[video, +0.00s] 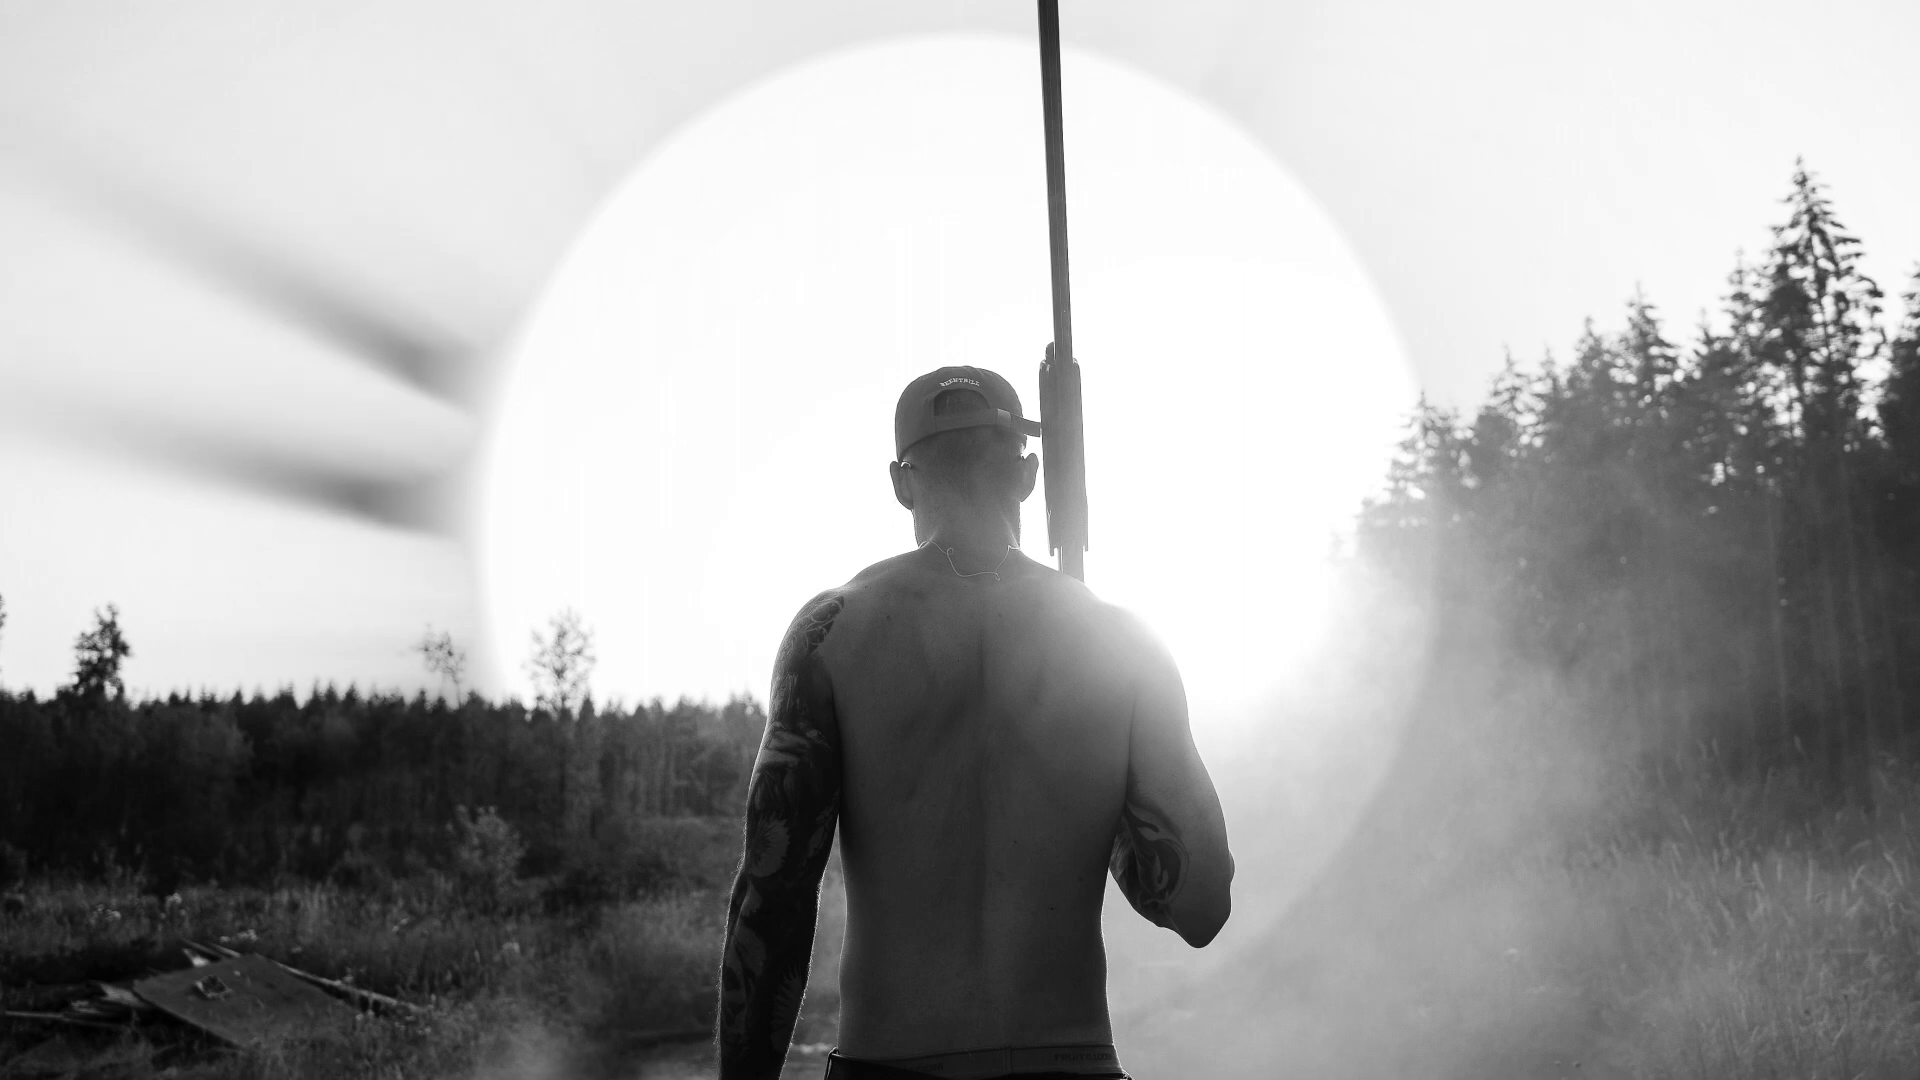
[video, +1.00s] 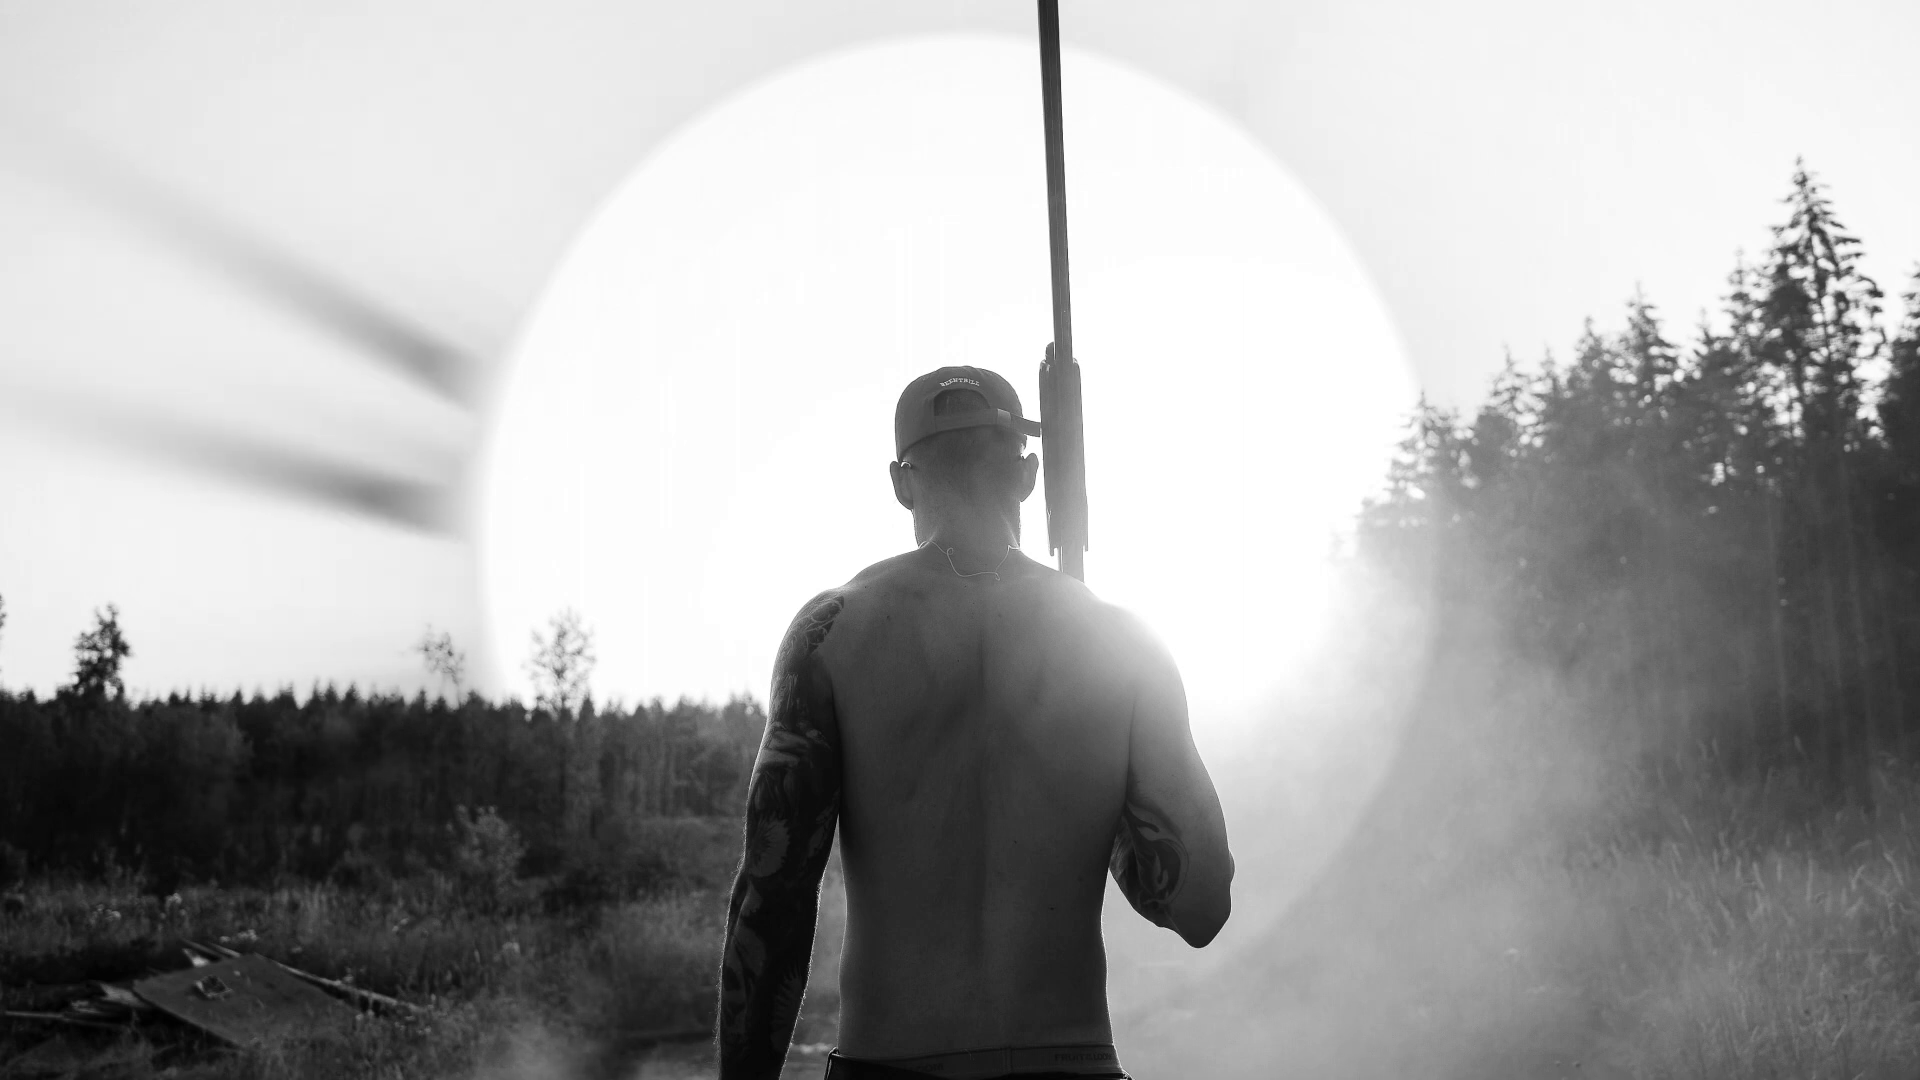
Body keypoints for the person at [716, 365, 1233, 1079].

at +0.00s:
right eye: (1015, 448)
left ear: (903, 486)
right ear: (1028, 477)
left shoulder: (831, 630)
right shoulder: (1121, 641)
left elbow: (773, 885)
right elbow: (1201, 905)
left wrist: (747, 1062)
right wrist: (1101, 800)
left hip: (886, 1046)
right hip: (1068, 1046)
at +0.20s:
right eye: (1015, 449)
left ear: (903, 486)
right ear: (1028, 477)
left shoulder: (831, 630)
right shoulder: (1121, 641)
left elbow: (773, 885)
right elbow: (1201, 905)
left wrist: (747, 1062)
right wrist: (1101, 800)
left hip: (886, 1046)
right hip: (1068, 1046)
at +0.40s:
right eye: (1015, 449)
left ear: (903, 486)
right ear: (1028, 477)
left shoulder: (831, 630)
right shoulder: (1121, 641)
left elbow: (773, 886)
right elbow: (1201, 905)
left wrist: (747, 1063)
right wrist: (1101, 800)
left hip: (886, 1046)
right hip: (1068, 1046)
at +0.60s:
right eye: (1015, 448)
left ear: (903, 486)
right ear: (1028, 477)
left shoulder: (831, 630)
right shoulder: (1121, 641)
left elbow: (773, 886)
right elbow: (1201, 905)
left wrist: (747, 1062)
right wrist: (1101, 800)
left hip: (886, 1046)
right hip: (1068, 1046)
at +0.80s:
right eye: (1015, 448)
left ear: (903, 486)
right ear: (1028, 477)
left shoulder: (831, 630)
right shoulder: (1121, 641)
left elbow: (773, 886)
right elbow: (1201, 905)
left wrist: (747, 1063)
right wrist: (1101, 800)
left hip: (886, 1046)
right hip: (1068, 1046)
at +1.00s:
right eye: (1015, 448)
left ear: (903, 486)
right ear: (1028, 477)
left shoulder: (831, 630)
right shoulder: (1121, 641)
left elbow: (773, 886)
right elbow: (1201, 905)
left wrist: (747, 1063)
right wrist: (1101, 800)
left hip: (886, 1046)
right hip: (1068, 1046)